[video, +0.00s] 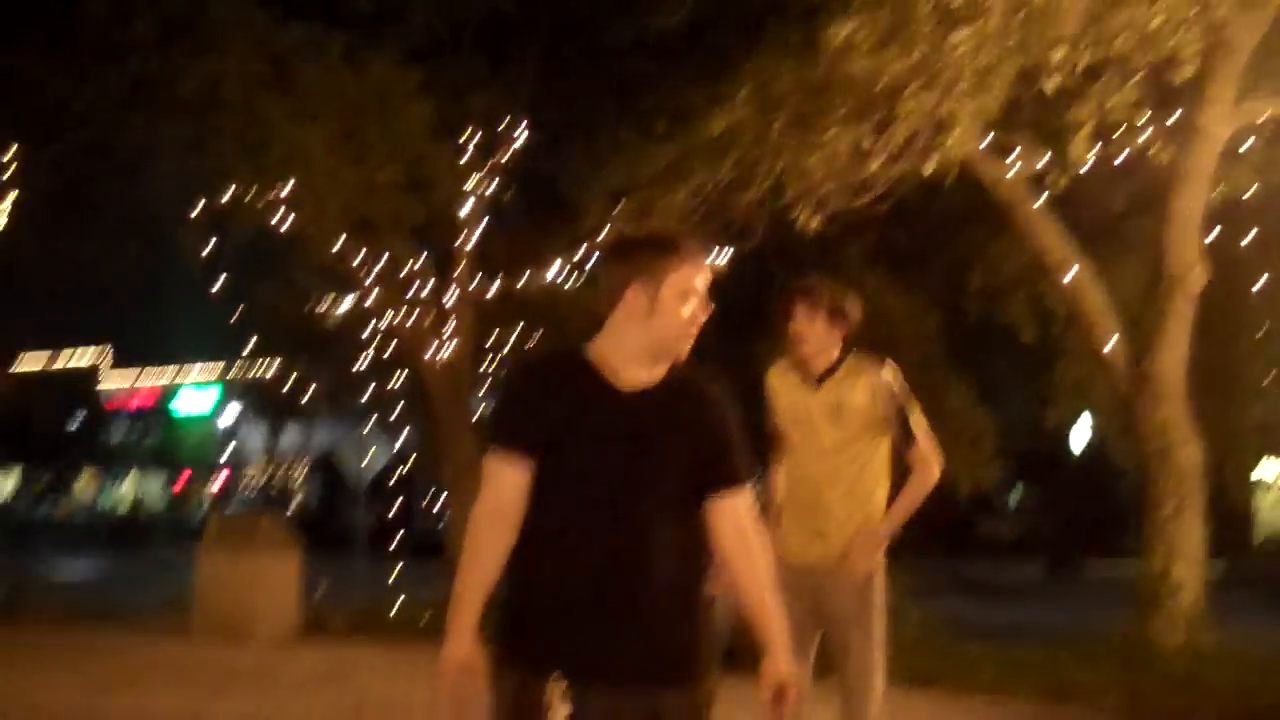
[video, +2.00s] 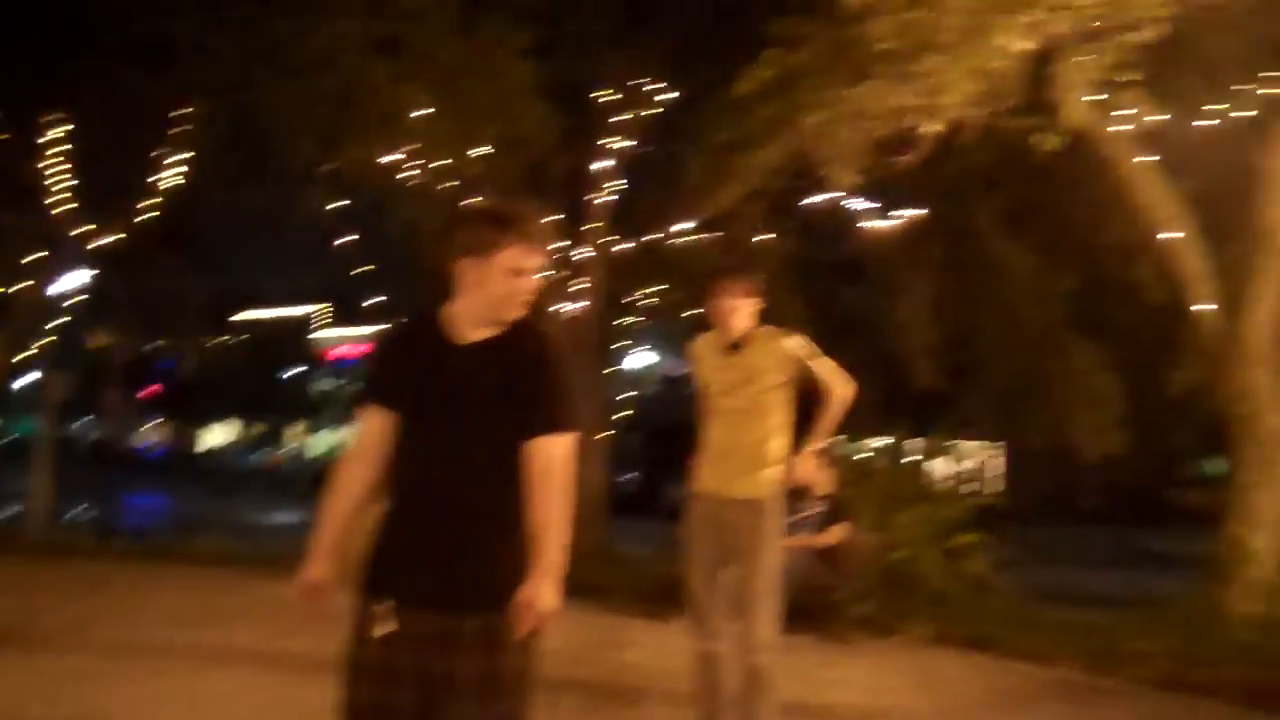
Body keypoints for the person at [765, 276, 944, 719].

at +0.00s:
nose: (796, 329)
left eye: (809, 319)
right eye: (794, 318)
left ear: (840, 327)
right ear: (788, 322)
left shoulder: (878, 379)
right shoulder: (778, 381)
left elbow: (929, 464)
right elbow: (780, 454)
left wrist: (879, 535)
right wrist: (773, 524)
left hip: (854, 565)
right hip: (790, 561)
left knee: (862, 699)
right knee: (784, 694)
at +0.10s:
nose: (839, 338)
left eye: (852, 326)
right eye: (839, 325)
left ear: (885, 334)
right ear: (833, 327)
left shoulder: (926, 381)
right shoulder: (823, 390)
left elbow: (982, 456)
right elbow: (810, 469)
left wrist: (931, 532)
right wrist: (816, 539)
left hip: (908, 562)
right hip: (841, 562)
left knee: (918, 692)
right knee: (840, 690)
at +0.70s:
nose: (871, 348)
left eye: (880, 338)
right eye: (871, 337)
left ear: (912, 347)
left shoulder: (955, 396)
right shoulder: (865, 395)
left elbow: (1005, 485)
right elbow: (865, 471)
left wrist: (966, 551)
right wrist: (858, 540)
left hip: (933, 575)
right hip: (872, 571)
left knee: (922, 706)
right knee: (864, 703)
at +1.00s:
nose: (848, 371)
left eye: (859, 364)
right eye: (849, 361)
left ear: (887, 378)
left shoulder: (924, 428)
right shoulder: (834, 410)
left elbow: (976, 493)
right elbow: (829, 468)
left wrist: (923, 544)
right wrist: (821, 514)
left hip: (888, 577)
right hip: (830, 567)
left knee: (874, 697)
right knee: (812, 687)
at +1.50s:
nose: (839, 343)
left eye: (850, 334)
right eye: (832, 332)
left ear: (868, 343)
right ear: (819, 339)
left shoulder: (892, 393)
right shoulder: (801, 385)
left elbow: (930, 468)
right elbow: (790, 445)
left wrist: (895, 527)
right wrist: (782, 506)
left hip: (858, 555)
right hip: (800, 547)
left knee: (848, 684)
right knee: (792, 677)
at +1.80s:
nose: (793, 326)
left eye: (802, 316)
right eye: (786, 315)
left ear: (821, 321)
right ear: (775, 321)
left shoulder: (850, 364)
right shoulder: (765, 367)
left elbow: (906, 408)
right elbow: (770, 417)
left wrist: (878, 473)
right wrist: (764, 465)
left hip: (831, 519)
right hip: (777, 515)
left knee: (830, 639)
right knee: (777, 632)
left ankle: (829, 713)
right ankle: (784, 713)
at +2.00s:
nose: (728, 312)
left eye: (738, 302)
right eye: (721, 301)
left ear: (757, 305)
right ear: (710, 306)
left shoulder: (784, 346)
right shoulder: (700, 351)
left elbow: (842, 387)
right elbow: (708, 408)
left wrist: (811, 452)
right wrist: (702, 458)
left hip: (761, 499)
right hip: (707, 498)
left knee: (757, 618)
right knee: (707, 616)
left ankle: (757, 710)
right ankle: (713, 709)